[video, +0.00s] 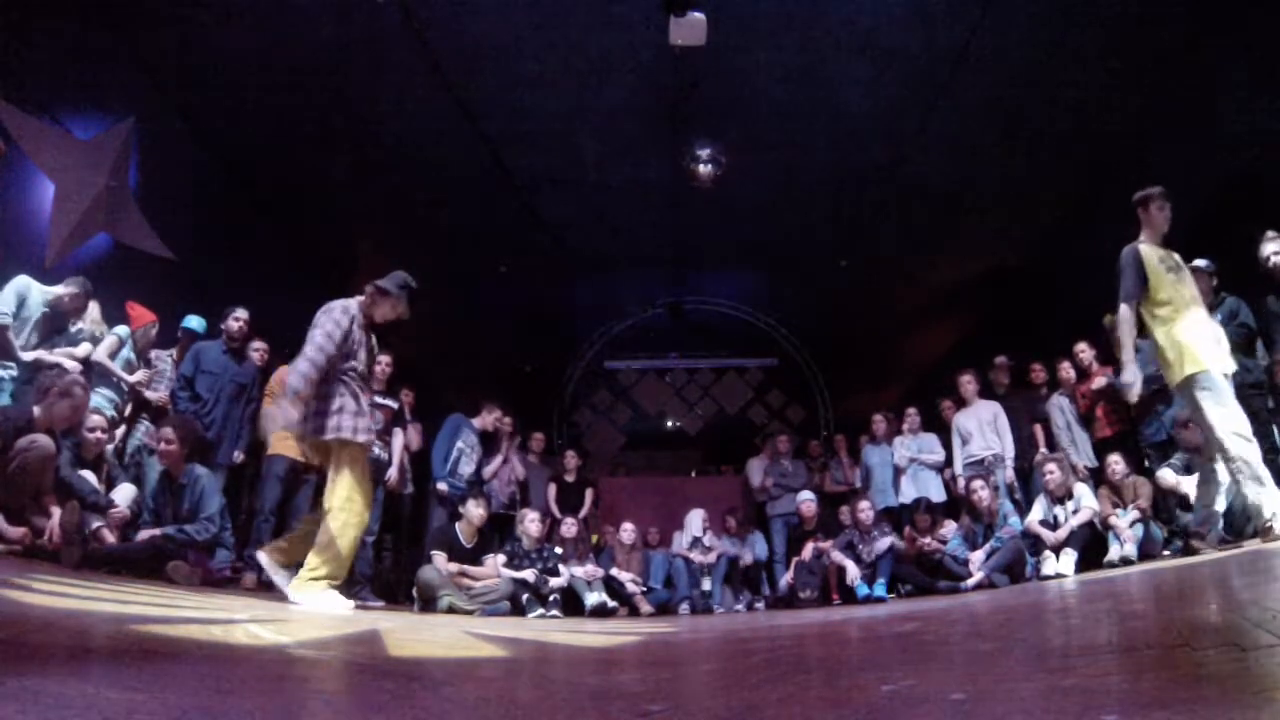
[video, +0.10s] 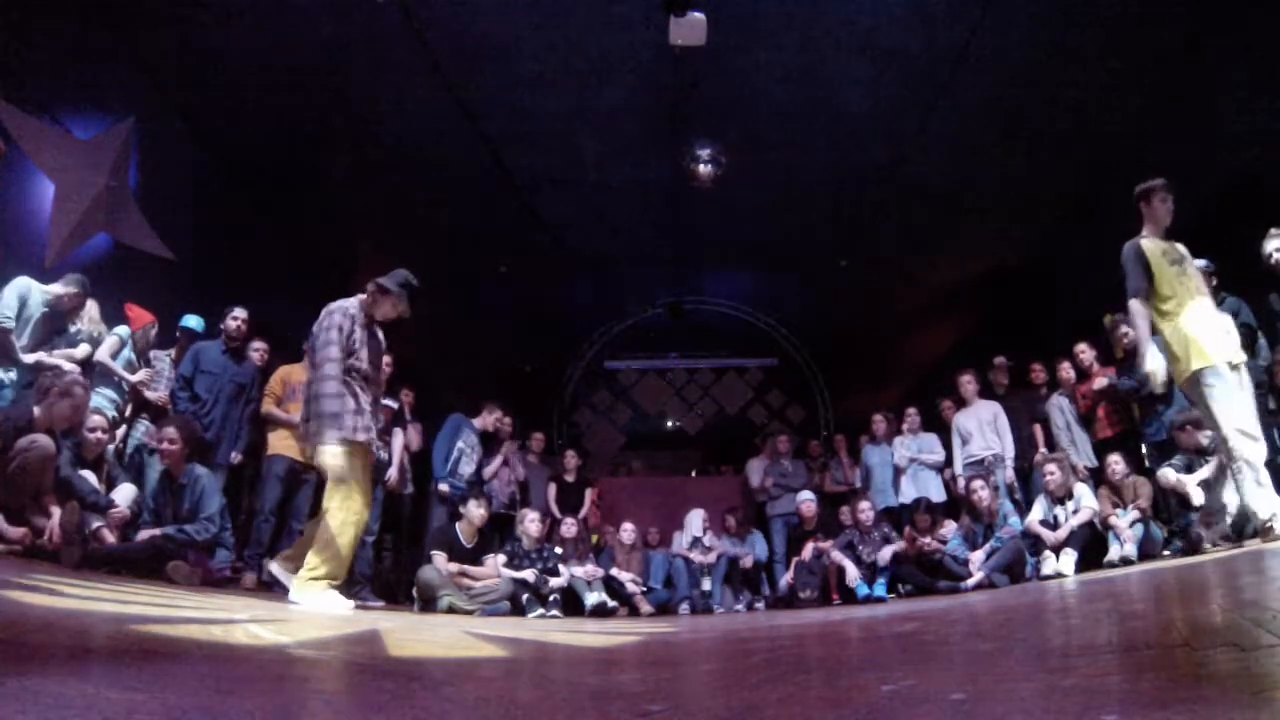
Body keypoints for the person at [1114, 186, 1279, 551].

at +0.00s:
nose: (1168, 214)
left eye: (1168, 208)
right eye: (1161, 208)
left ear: (1165, 213)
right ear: (1144, 213)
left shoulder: (1171, 257)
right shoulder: (1135, 253)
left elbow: (1191, 307)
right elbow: (1126, 309)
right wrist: (1129, 366)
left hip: (1211, 353)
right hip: (1189, 356)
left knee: (1217, 448)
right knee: (1235, 435)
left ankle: (1202, 529)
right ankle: (1271, 515)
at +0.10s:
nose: (1169, 207)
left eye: (1170, 201)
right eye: (1162, 201)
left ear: (1170, 206)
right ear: (1144, 207)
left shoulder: (1179, 249)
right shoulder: (1136, 249)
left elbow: (1202, 295)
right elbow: (1137, 300)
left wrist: (1224, 326)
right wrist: (1146, 349)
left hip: (1222, 337)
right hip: (1192, 343)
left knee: (1246, 430)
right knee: (1235, 431)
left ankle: (1217, 520)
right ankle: (1267, 515)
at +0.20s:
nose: (1172, 203)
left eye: (1172, 197)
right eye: (1164, 198)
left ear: (1174, 201)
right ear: (1146, 204)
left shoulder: (1187, 244)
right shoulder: (1141, 247)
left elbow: (1208, 286)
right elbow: (1152, 297)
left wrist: (1231, 322)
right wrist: (1177, 343)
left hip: (1232, 330)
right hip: (1201, 337)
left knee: (1271, 412)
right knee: (1241, 425)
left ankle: (1244, 496)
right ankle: (1266, 513)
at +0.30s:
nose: (1174, 199)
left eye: (1175, 193)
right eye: (1166, 194)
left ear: (1177, 197)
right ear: (1150, 201)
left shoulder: (1193, 239)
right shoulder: (1147, 244)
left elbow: (1216, 284)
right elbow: (1169, 291)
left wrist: (1239, 315)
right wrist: (1205, 323)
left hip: (1237, 324)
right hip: (1205, 335)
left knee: (1275, 405)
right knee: (1242, 427)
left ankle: (1266, 483)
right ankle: (1266, 512)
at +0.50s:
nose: (1184, 189)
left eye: (1185, 182)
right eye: (1175, 184)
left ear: (1187, 188)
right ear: (1159, 193)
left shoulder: (1207, 229)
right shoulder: (1158, 233)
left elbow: (1231, 275)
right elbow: (1189, 272)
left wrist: (1264, 299)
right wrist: (1245, 291)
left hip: (1250, 321)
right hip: (1214, 330)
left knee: (1277, 409)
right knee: (1245, 423)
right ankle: (1267, 513)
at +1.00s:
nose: (1189, 177)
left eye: (1193, 167)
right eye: (1182, 173)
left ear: (1211, 164)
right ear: (1180, 182)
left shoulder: (1255, 198)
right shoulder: (1185, 230)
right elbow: (1198, 284)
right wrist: (1225, 332)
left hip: (1274, 325)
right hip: (1240, 338)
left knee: (1270, 425)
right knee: (1263, 429)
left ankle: (1273, 506)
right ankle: (1273, 507)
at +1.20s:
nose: (1170, 194)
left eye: (1171, 184)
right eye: (1165, 190)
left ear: (1190, 173)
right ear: (1167, 196)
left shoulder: (1242, 196)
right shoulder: (1186, 240)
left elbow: (1279, 225)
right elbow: (1184, 298)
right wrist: (1169, 356)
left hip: (1272, 317)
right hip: (1237, 334)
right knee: (1249, 421)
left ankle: (1275, 505)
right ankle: (1275, 506)